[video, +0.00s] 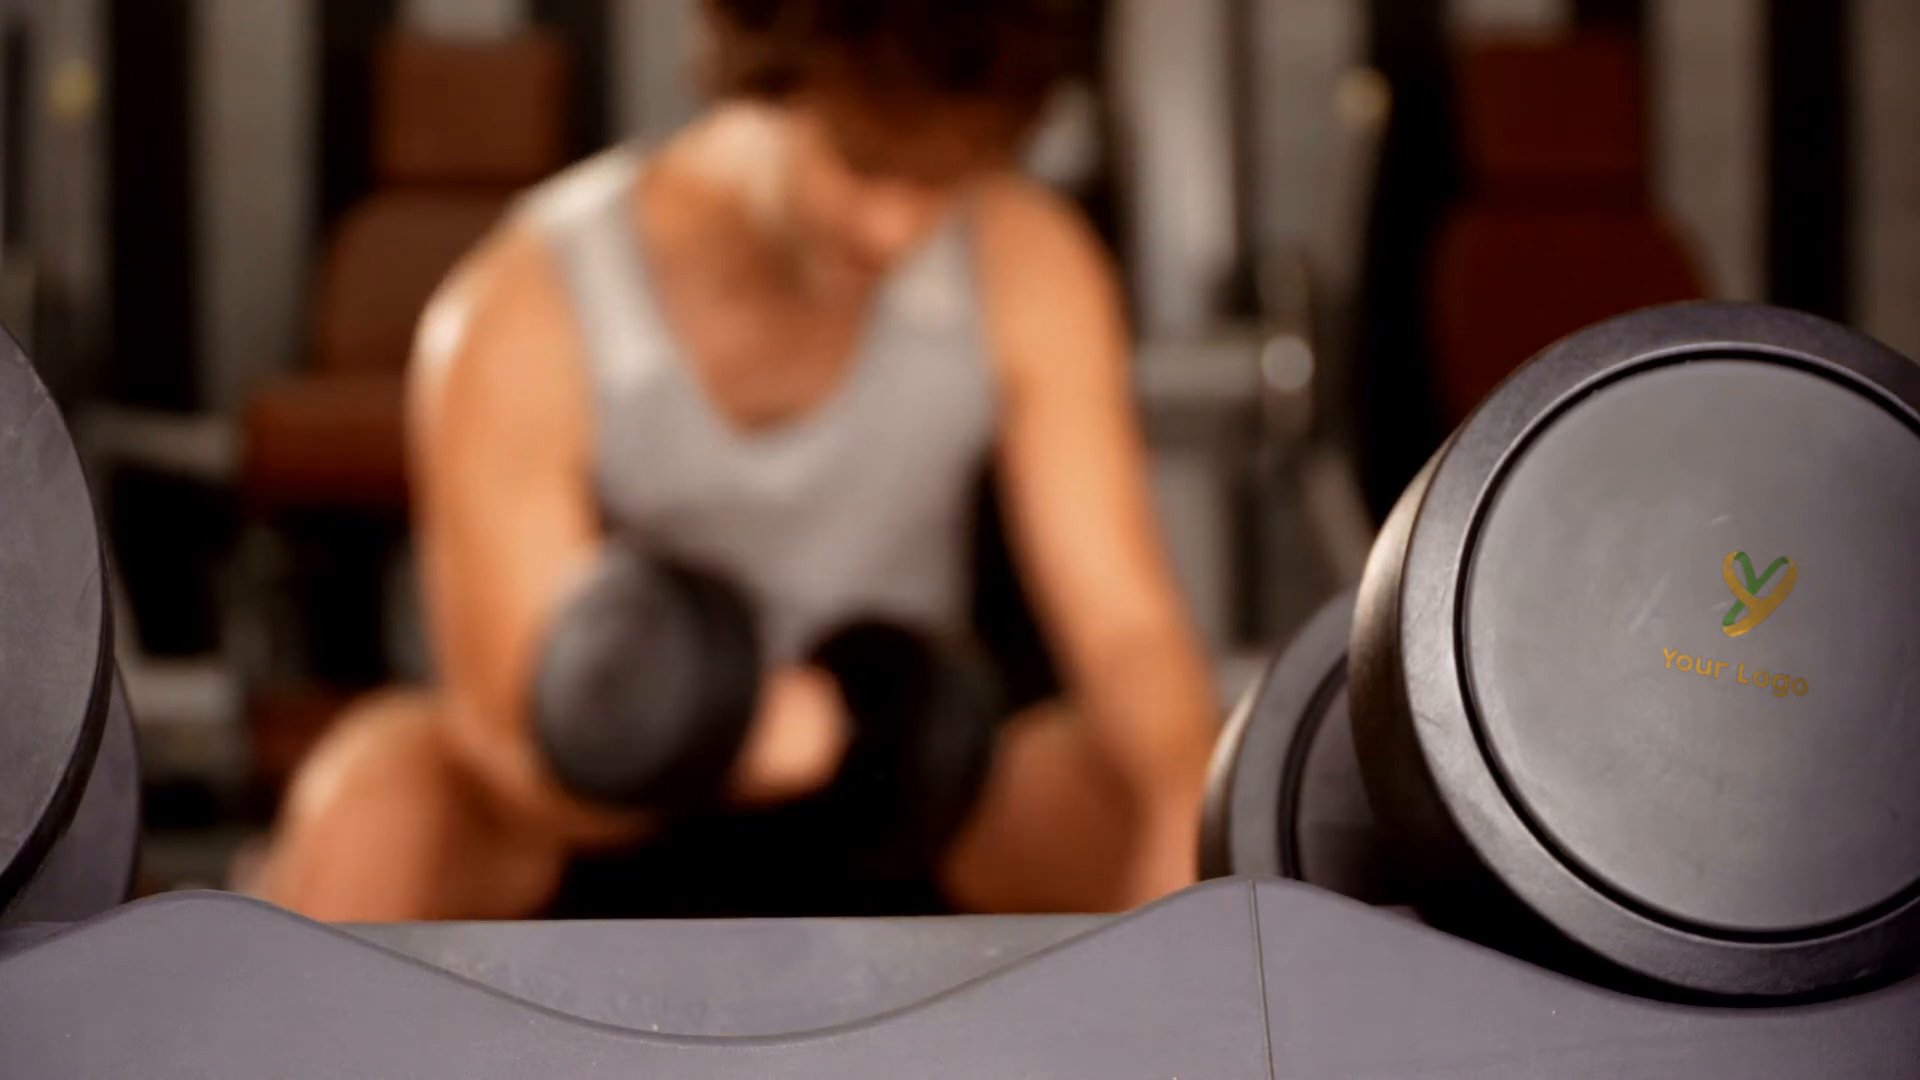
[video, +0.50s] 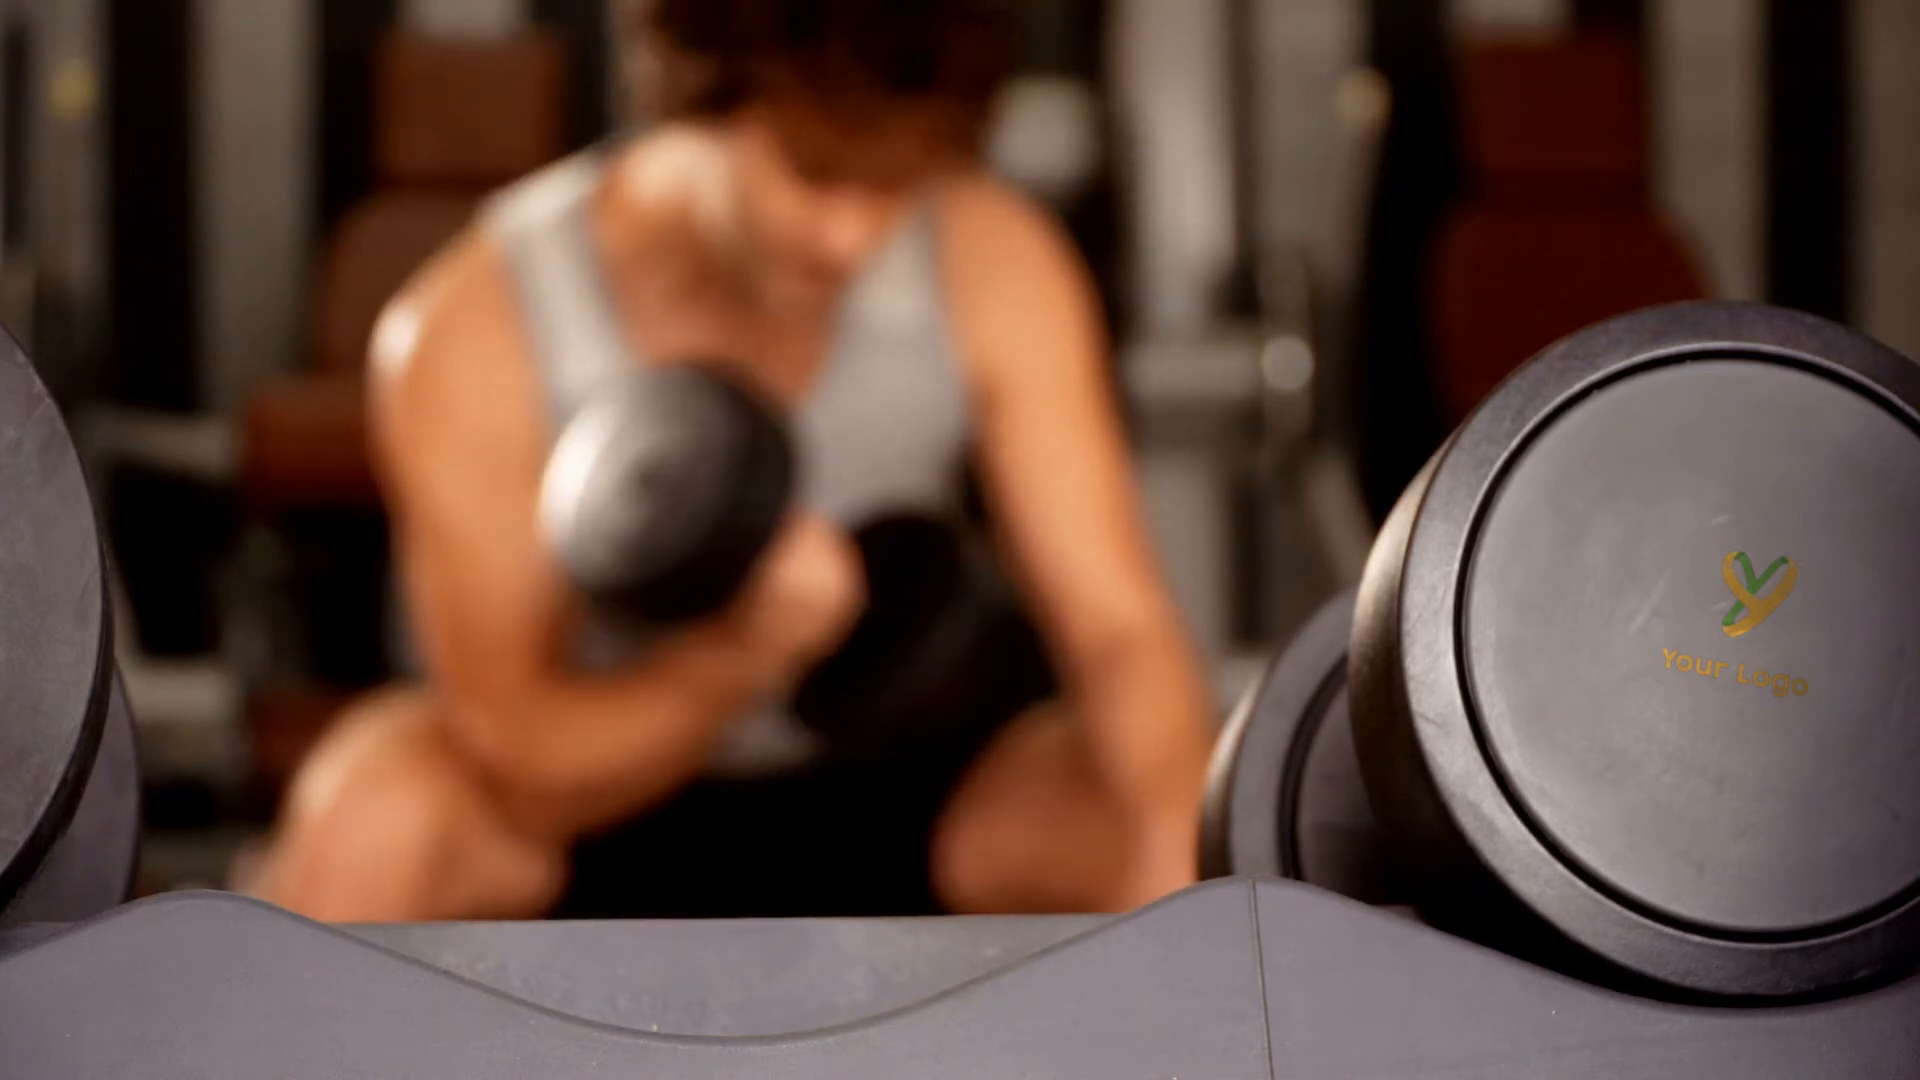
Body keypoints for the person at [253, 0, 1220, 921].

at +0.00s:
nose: (898, 229)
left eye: (946, 179)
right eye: (864, 165)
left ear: (999, 138)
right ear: (765, 75)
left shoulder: (1020, 254)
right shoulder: (520, 311)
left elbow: (1127, 631)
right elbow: (535, 759)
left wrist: (1191, 836)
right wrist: (848, 719)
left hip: (890, 802)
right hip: (611, 813)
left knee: (1192, 793)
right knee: (374, 787)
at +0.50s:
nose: (854, 233)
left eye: (901, 183)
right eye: (815, 173)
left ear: (949, 148)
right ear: (709, 102)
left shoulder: (990, 255)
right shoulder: (466, 330)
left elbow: (1119, 633)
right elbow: (531, 771)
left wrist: (1180, 885)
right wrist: (750, 653)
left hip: (891, 783)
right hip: (598, 807)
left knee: (1181, 813)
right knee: (374, 804)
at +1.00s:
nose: (868, 213)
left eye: (916, 163)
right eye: (833, 152)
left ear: (966, 129)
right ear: (729, 75)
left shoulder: (1008, 252)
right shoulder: (495, 318)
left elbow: (1120, 628)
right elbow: (516, 752)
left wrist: (1186, 875)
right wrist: (751, 692)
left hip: (895, 789)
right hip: (601, 800)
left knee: (1166, 807)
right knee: (369, 803)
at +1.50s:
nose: (882, 219)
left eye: (931, 173)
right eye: (846, 159)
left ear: (993, 140)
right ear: (754, 82)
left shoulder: (1039, 257)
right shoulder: (562, 333)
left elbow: (1127, 641)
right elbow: (520, 792)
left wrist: (1157, 869)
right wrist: (626, 1052)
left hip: (901, 785)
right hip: (624, 796)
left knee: (1180, 802)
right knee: (360, 797)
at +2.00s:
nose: (876, 225)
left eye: (927, 178)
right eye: (840, 162)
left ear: (989, 148)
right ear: (750, 86)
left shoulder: (1034, 259)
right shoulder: (566, 344)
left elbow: (1123, 641)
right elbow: (533, 804)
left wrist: (1147, 859)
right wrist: (558, 1066)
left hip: (894, 786)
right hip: (618, 798)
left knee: (1167, 801)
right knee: (364, 804)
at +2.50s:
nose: (917, 354)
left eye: (969, 308)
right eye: (877, 289)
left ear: (1038, 291)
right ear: (787, 240)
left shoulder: (1080, 298)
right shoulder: (612, 397)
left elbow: (1112, 652)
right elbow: (510, 823)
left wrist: (945, 833)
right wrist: (542, 1072)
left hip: (887, 742)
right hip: (592, 743)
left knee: (1127, 848)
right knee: (335, 821)